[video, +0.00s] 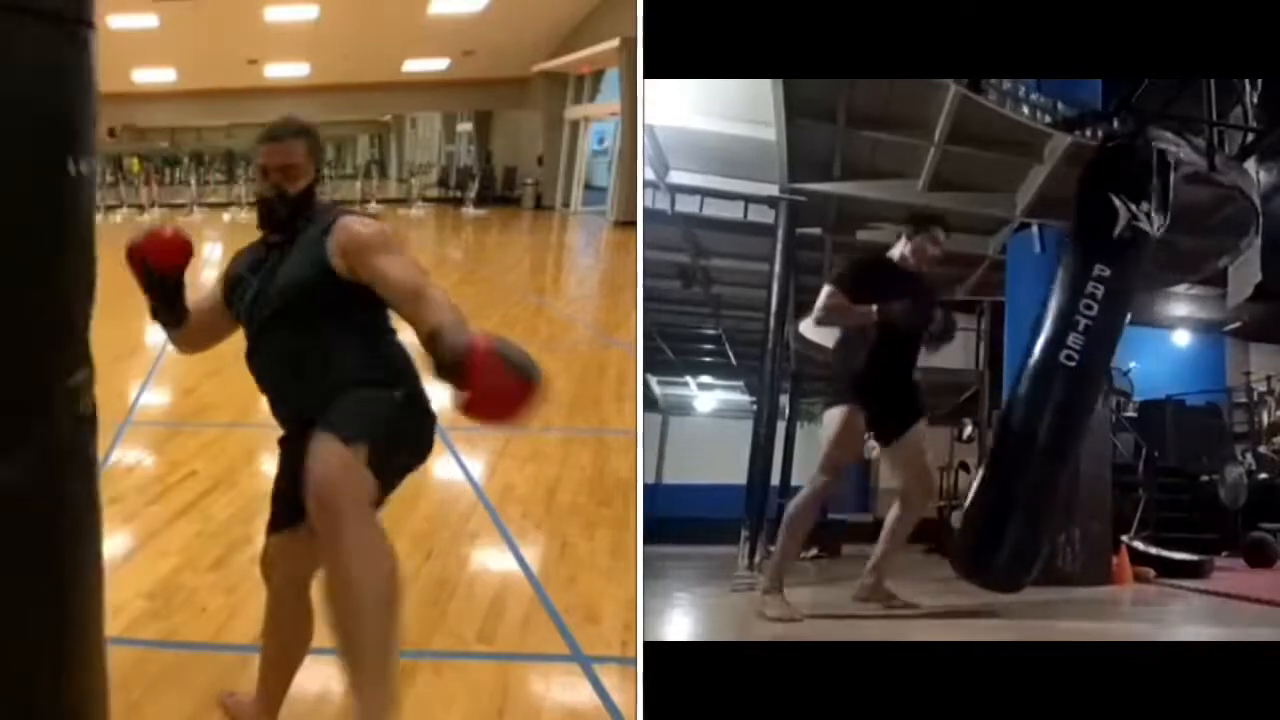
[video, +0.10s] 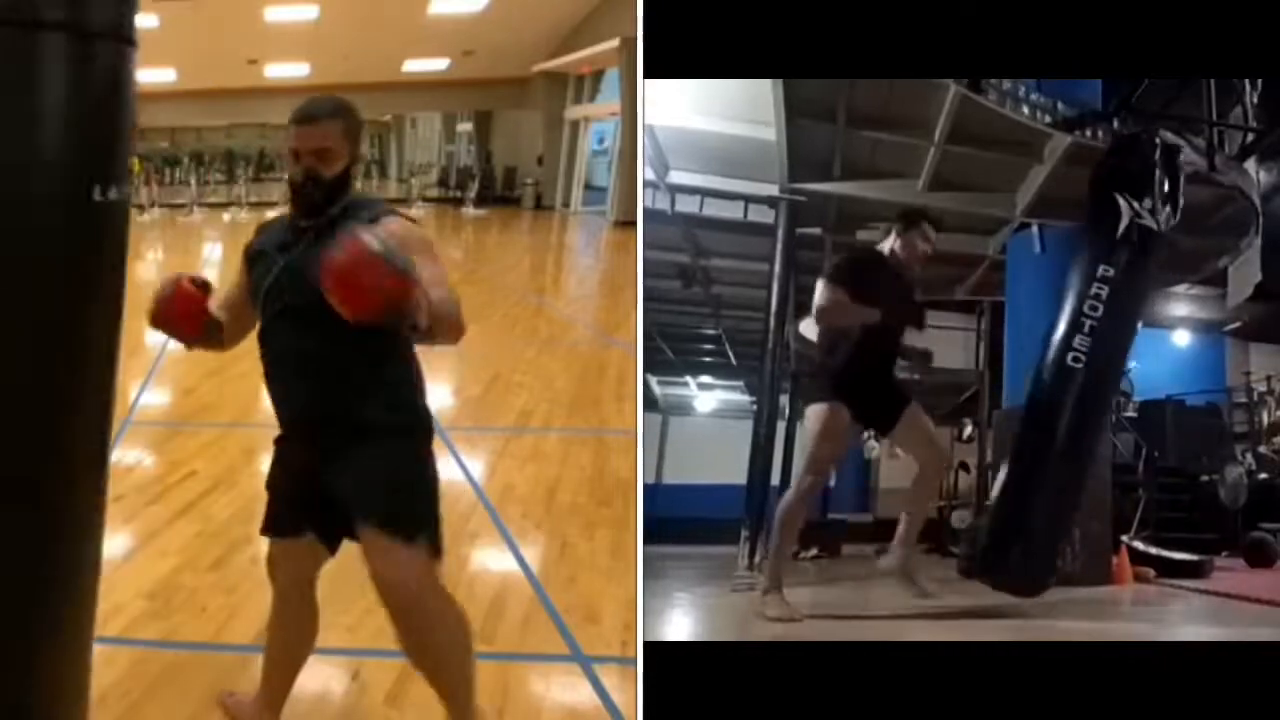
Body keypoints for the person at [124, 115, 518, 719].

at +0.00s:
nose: (274, 188)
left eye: (289, 175)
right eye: (264, 175)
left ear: (316, 175)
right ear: (254, 178)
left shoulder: (351, 237)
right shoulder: (247, 268)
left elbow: (421, 301)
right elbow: (192, 335)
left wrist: (462, 354)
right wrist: (164, 289)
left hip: (379, 400)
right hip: (308, 429)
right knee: (283, 564)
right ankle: (266, 705)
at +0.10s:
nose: (306, 170)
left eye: (323, 157)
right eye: (297, 156)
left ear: (354, 157)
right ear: (287, 155)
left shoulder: (391, 233)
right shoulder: (269, 245)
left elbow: (449, 324)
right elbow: (227, 328)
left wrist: (401, 302)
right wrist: (189, 316)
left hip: (386, 438)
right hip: (305, 440)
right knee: (290, 570)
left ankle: (464, 710)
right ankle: (267, 706)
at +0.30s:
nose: (361, 184)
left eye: (378, 171)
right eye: (353, 170)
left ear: (418, 169)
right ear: (345, 165)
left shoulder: (464, 253)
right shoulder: (348, 241)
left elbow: (468, 372)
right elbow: (302, 323)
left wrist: (401, 294)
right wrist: (271, 311)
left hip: (434, 459)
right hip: (346, 450)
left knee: (454, 580)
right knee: (305, 561)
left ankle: (470, 699)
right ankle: (283, 695)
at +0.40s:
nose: (380, 183)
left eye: (396, 169)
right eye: (372, 168)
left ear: (441, 163)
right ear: (365, 163)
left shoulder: (497, 249)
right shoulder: (375, 229)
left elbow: (506, 375)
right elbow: (331, 321)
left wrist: (418, 335)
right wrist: (304, 306)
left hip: (456, 449)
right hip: (369, 434)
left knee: (463, 579)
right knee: (324, 538)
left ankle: (471, 697)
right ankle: (305, 661)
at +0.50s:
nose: (396, 181)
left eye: (413, 167)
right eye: (388, 166)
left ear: (460, 161)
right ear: (380, 161)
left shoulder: (515, 247)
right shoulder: (388, 229)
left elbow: (531, 372)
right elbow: (360, 323)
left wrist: (442, 343)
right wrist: (323, 298)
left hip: (471, 445)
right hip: (385, 426)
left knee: (471, 579)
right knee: (342, 504)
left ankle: (472, 695)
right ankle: (351, 619)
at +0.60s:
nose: (406, 184)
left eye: (422, 169)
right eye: (398, 169)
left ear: (467, 163)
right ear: (390, 163)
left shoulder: (522, 245)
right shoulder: (401, 226)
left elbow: (529, 368)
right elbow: (325, 306)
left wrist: (460, 309)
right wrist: (312, 271)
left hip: (478, 444)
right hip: (397, 422)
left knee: (477, 581)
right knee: (360, 500)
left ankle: (472, 694)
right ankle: (392, 592)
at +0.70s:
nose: (410, 182)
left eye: (424, 167)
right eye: (400, 167)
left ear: (468, 165)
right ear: (391, 165)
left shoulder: (516, 234)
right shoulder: (392, 229)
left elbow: (512, 348)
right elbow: (326, 304)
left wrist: (452, 262)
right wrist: (327, 246)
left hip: (477, 438)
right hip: (400, 421)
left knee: (474, 580)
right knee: (388, 503)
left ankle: (473, 695)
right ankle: (425, 589)